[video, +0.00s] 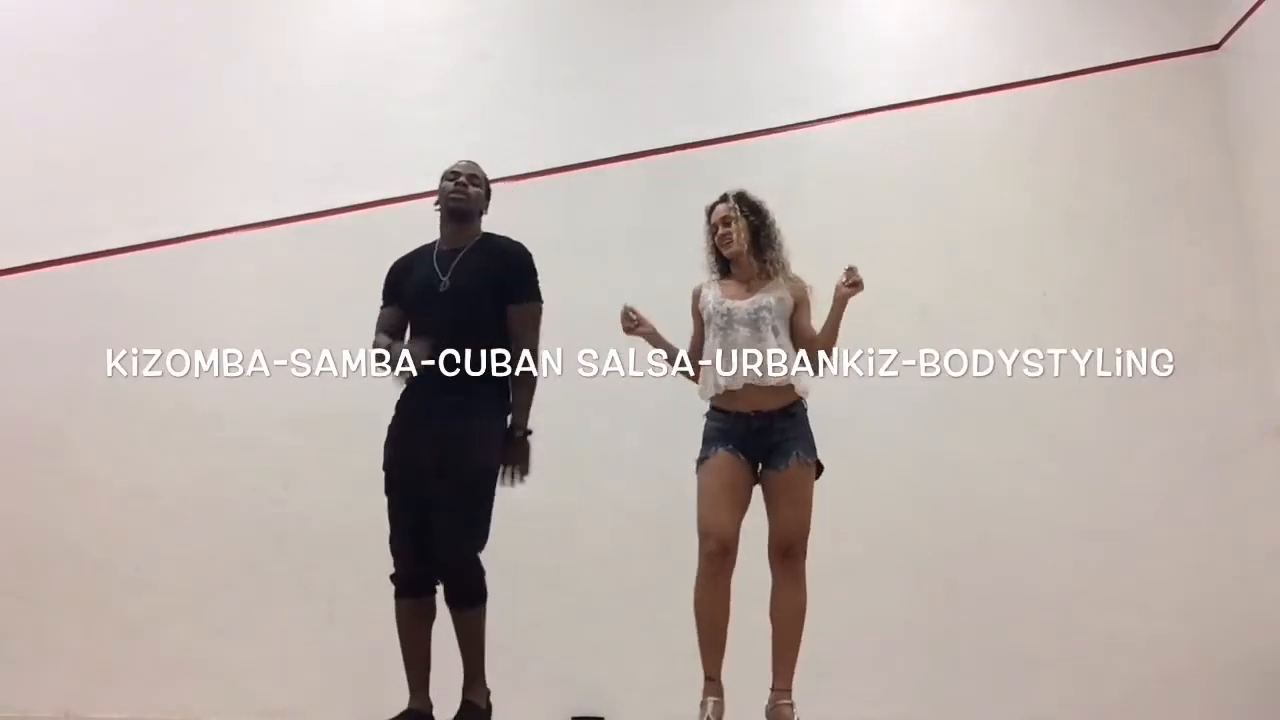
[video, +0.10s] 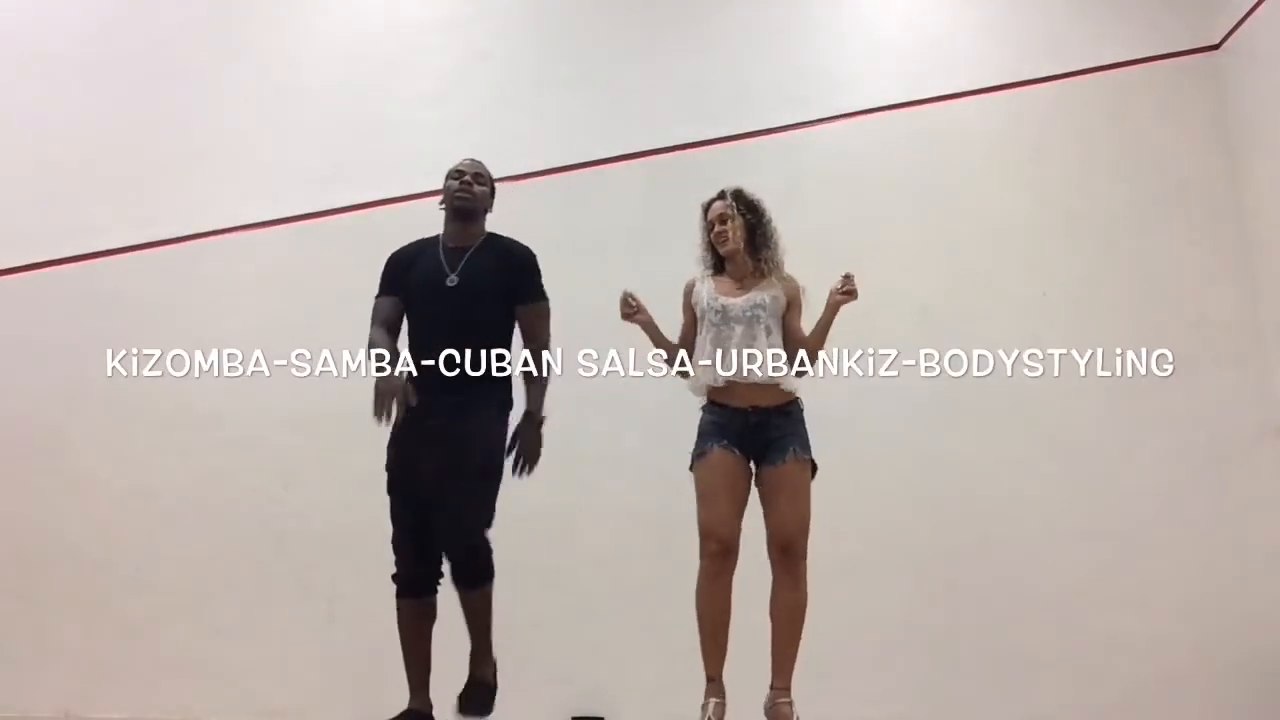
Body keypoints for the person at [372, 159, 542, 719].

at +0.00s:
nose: (461, 183)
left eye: (472, 180)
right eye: (452, 178)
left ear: (487, 200)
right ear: (436, 198)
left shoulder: (510, 259)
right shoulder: (408, 267)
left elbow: (528, 353)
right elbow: (383, 337)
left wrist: (519, 429)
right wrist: (398, 350)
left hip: (475, 431)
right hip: (413, 431)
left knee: (459, 559)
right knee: (410, 566)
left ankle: (475, 695)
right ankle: (418, 702)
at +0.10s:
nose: (466, 181)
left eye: (477, 178)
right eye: (457, 176)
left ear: (492, 199)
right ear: (441, 195)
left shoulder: (514, 260)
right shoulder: (407, 261)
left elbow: (538, 345)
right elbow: (382, 327)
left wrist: (534, 414)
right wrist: (388, 368)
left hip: (480, 425)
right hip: (419, 422)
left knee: (465, 542)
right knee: (413, 560)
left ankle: (482, 663)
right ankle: (418, 701)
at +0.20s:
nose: (474, 181)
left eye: (485, 177)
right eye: (465, 176)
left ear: (500, 198)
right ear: (449, 194)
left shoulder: (521, 262)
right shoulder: (412, 255)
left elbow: (540, 335)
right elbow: (381, 322)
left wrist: (551, 382)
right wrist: (376, 387)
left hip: (488, 418)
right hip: (423, 418)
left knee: (483, 529)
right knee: (416, 558)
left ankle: (490, 641)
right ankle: (418, 701)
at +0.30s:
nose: (483, 185)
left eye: (494, 180)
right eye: (474, 178)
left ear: (509, 200)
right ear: (458, 195)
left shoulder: (529, 267)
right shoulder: (420, 253)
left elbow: (542, 342)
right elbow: (386, 325)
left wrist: (558, 371)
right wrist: (367, 394)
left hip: (498, 428)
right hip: (426, 427)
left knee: (506, 541)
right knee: (417, 562)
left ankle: (505, 666)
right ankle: (418, 703)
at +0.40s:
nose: (494, 190)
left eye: (505, 185)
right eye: (484, 183)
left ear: (518, 206)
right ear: (467, 199)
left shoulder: (537, 275)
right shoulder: (431, 253)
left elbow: (545, 356)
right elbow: (391, 326)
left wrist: (562, 368)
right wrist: (365, 402)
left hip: (508, 440)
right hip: (434, 435)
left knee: (520, 568)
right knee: (421, 569)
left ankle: (515, 698)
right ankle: (418, 702)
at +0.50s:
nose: (503, 192)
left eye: (514, 187)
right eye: (493, 185)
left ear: (529, 207)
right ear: (477, 202)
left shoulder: (545, 280)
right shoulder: (442, 256)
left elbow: (543, 363)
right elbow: (401, 329)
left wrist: (563, 365)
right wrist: (372, 403)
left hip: (519, 442)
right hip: (447, 435)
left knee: (524, 574)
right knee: (429, 568)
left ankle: (512, 703)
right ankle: (420, 703)